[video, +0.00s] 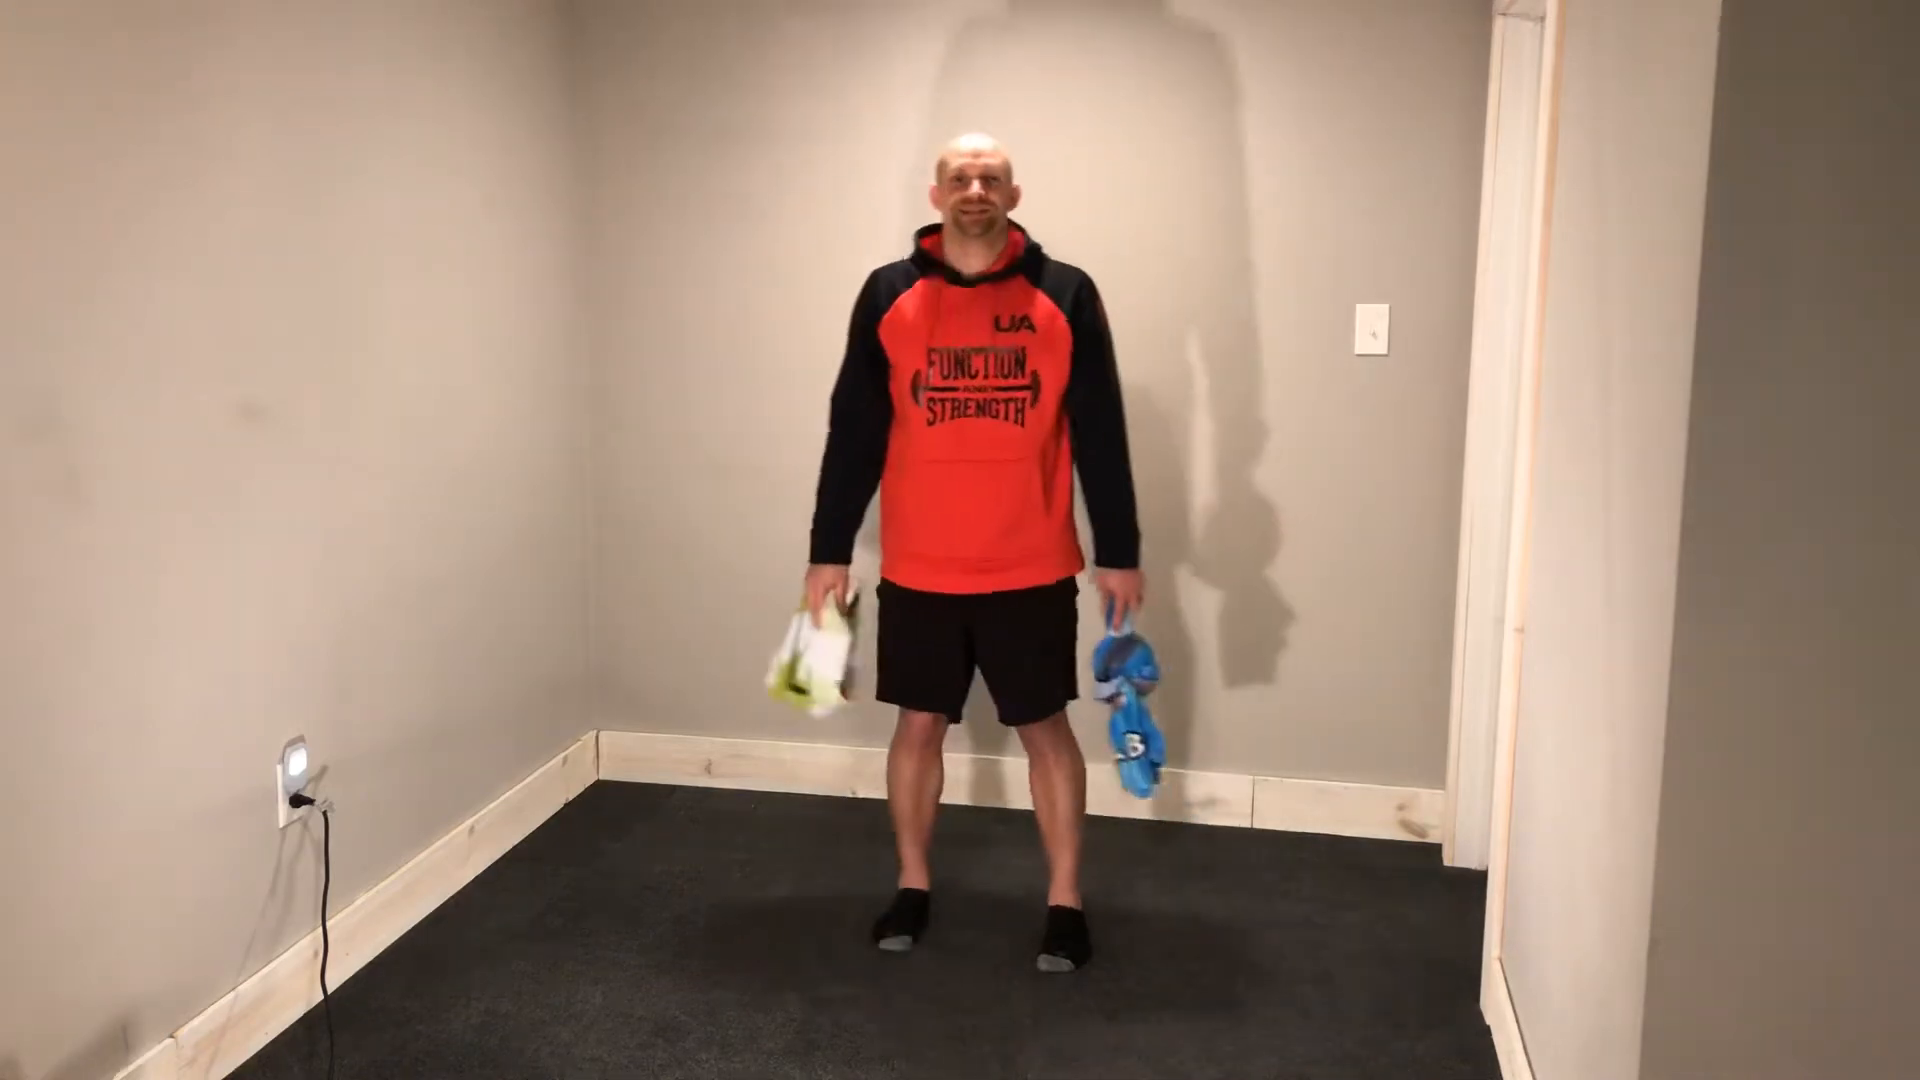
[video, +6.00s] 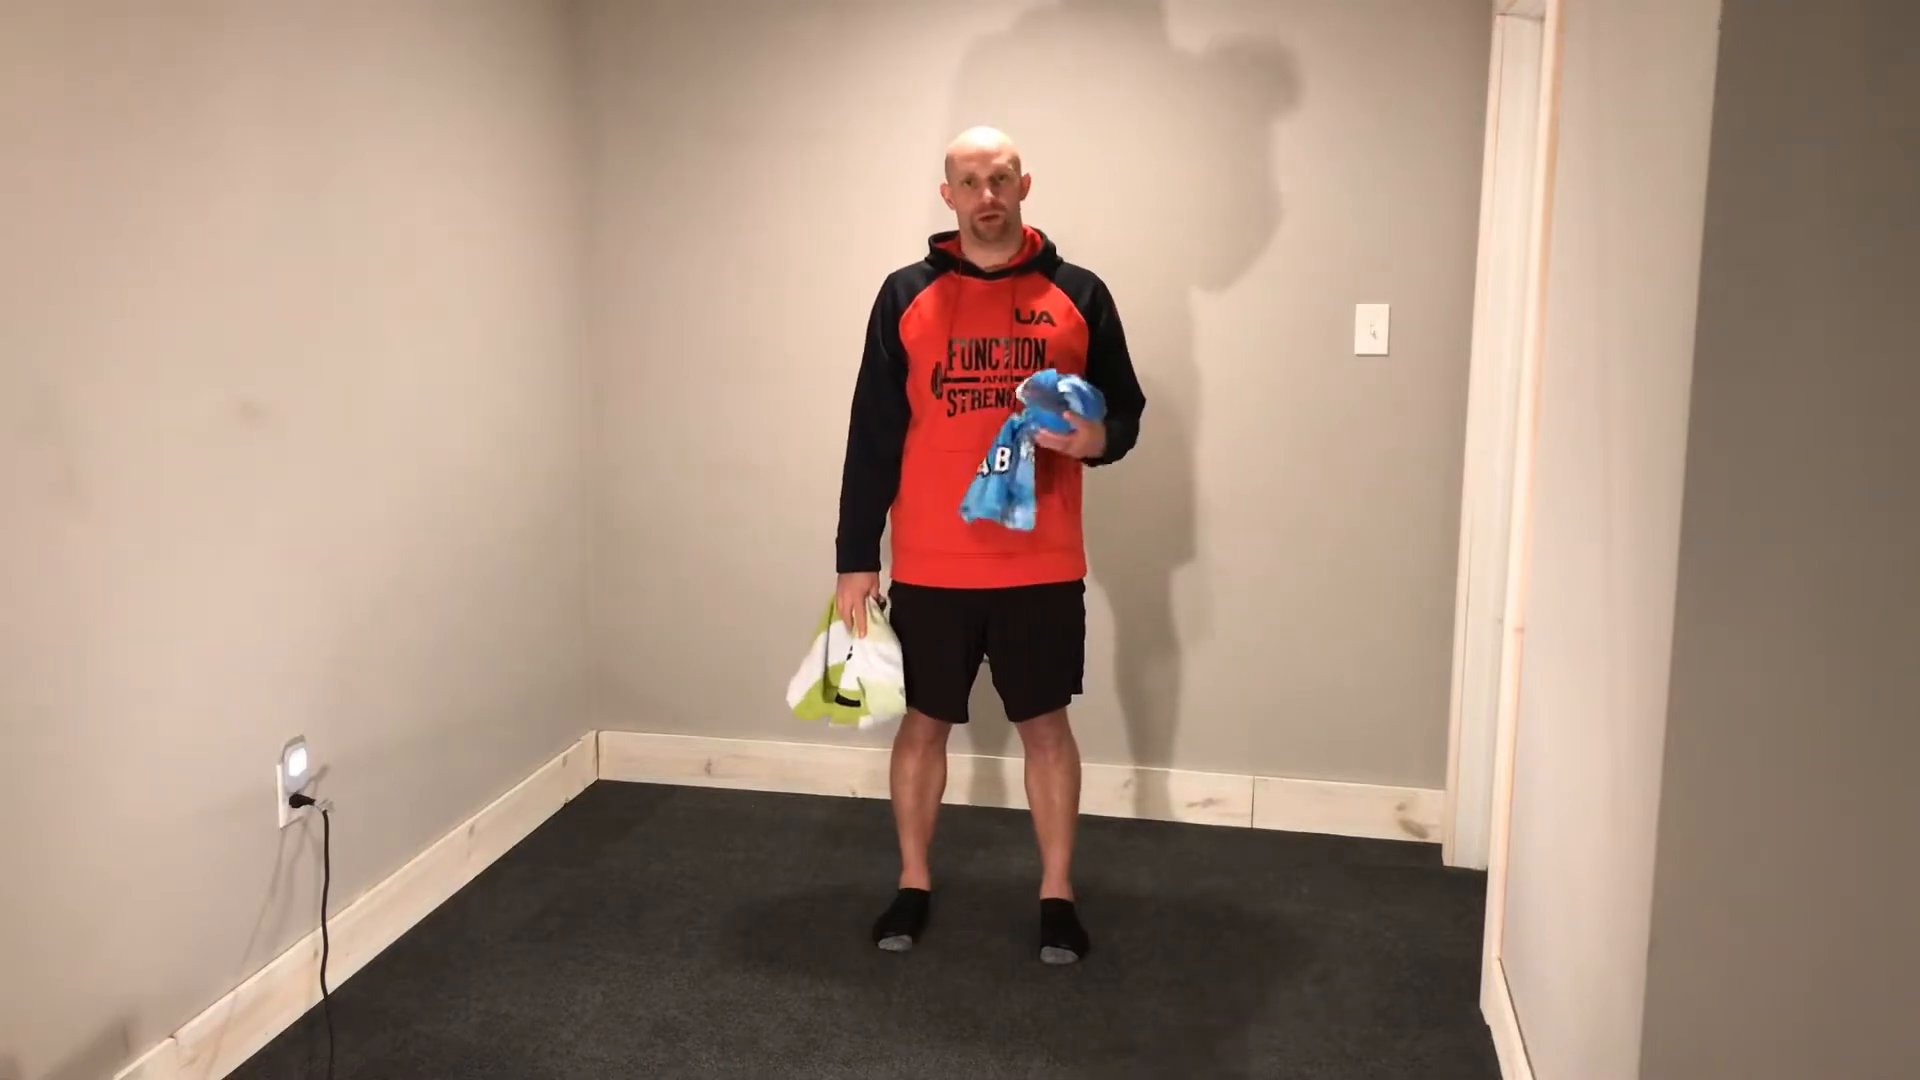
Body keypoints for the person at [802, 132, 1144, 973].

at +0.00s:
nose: (976, 189)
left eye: (991, 178)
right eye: (959, 177)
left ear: (1014, 197)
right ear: (934, 196)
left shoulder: (1064, 295)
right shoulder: (889, 294)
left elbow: (1099, 430)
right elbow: (855, 430)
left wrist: (1119, 553)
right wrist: (829, 551)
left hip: (1028, 564)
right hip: (919, 565)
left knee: (1042, 726)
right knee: (919, 721)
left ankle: (1065, 905)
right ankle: (912, 889)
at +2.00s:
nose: (979, 187)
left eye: (992, 174)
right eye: (962, 176)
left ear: (1018, 192)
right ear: (937, 195)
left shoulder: (1072, 291)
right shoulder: (898, 299)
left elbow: (1109, 427)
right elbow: (871, 437)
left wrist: (1134, 549)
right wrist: (857, 560)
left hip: (1042, 564)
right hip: (935, 567)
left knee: (1047, 727)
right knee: (925, 725)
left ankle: (1057, 898)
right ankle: (912, 888)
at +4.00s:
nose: (987, 198)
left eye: (1001, 183)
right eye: (971, 184)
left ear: (1022, 190)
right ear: (946, 192)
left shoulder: (1075, 292)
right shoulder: (904, 296)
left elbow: (1113, 420)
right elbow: (873, 433)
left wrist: (1131, 532)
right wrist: (859, 557)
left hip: (1044, 562)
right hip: (936, 563)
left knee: (1048, 725)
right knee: (926, 723)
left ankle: (1057, 897)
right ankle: (912, 887)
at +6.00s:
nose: (986, 195)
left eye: (999, 180)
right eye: (969, 182)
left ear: (1024, 188)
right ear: (947, 193)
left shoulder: (1079, 294)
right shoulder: (907, 297)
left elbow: (1123, 412)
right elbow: (873, 434)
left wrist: (1098, 439)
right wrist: (856, 558)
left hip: (1038, 560)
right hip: (933, 561)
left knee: (1044, 724)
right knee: (924, 723)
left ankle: (1057, 896)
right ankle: (911, 888)